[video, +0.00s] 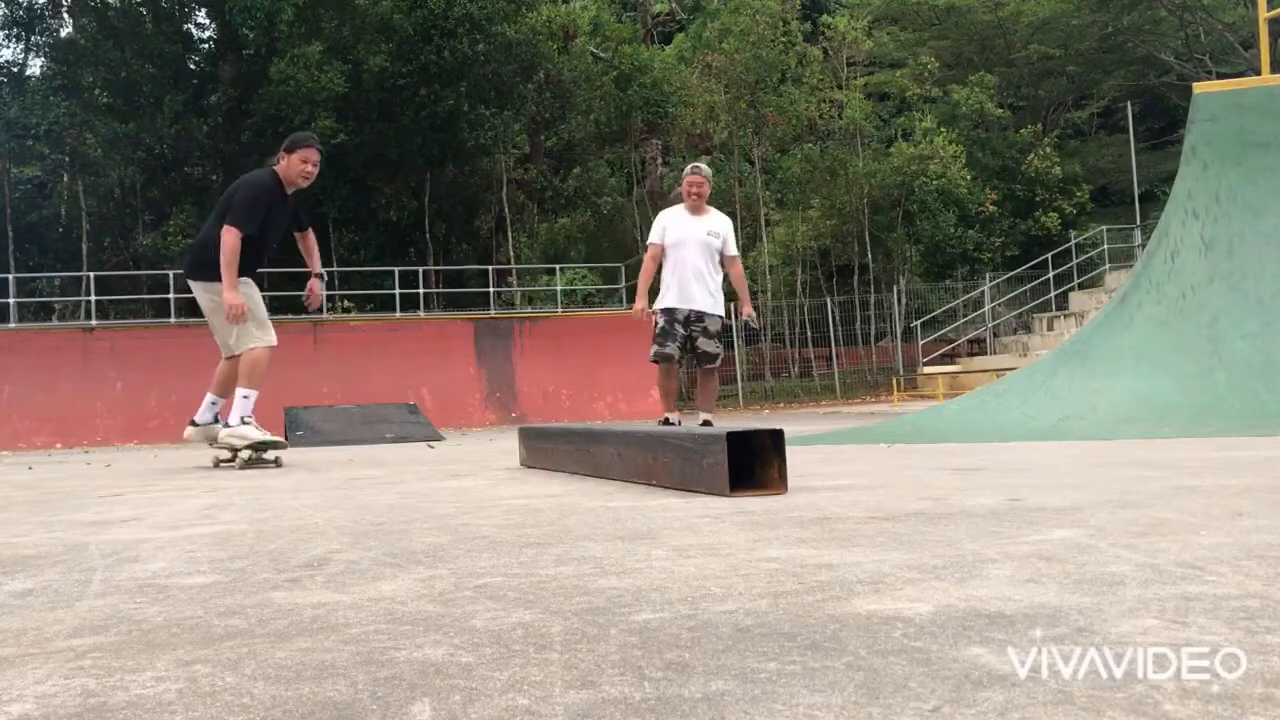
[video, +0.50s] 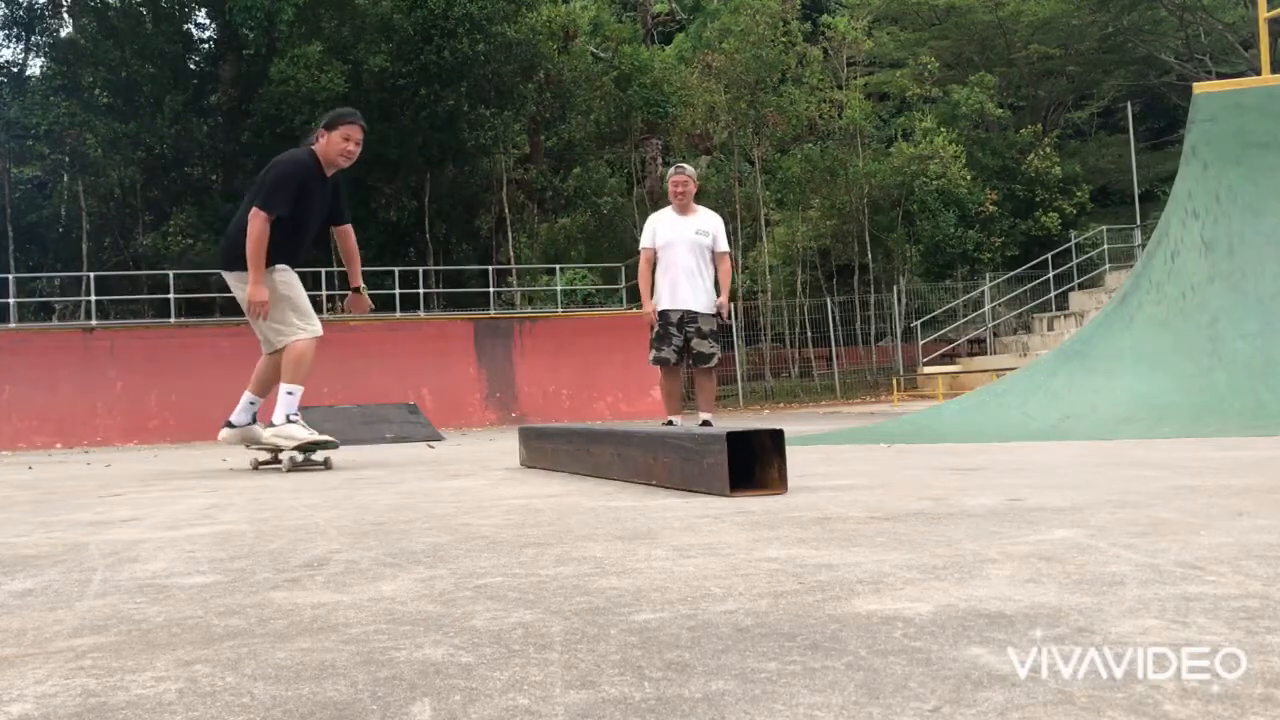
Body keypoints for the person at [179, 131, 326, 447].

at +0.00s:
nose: (310, 170)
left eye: (315, 164)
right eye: (304, 161)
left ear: (318, 168)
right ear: (282, 159)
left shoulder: (289, 199)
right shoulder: (258, 185)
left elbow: (305, 235)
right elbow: (230, 233)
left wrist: (316, 274)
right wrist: (230, 290)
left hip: (211, 272)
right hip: (220, 272)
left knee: (238, 351)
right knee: (261, 342)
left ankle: (204, 420)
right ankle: (239, 422)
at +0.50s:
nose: (352, 148)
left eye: (358, 144)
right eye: (346, 139)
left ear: (360, 149)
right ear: (322, 136)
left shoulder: (330, 181)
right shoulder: (293, 165)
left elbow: (344, 232)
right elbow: (258, 217)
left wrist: (357, 286)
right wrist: (256, 282)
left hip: (255, 263)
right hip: (261, 263)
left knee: (282, 345)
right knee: (306, 333)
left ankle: (240, 422)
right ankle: (285, 419)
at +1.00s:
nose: (404, 135)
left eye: (411, 129)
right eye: (398, 124)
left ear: (414, 134)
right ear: (371, 120)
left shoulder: (373, 168)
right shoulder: (341, 154)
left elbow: (370, 231)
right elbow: (311, 221)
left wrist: (361, 289)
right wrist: (307, 290)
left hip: (290, 254)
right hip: (297, 253)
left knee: (330, 344)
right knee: (357, 327)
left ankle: (278, 421)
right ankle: (327, 419)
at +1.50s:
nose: (468, 131)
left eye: (474, 124)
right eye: (462, 119)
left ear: (475, 128)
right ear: (434, 109)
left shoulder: (422, 157)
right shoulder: (405, 143)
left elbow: (415, 230)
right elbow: (371, 212)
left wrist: (417, 290)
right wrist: (369, 288)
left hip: (323, 243)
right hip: (331, 239)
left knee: (384, 336)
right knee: (413, 313)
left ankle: (323, 420)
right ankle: (374, 417)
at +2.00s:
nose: (508, 77)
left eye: (512, 69)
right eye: (502, 66)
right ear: (472, 54)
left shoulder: (449, 101)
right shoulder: (455, 82)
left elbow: (505, 121)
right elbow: (522, 86)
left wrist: (557, 84)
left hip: (374, 226)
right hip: (409, 217)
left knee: (451, 324)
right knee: (485, 303)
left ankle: (382, 409)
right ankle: (451, 409)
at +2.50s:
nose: (630, 76)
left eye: (637, 69)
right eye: (632, 62)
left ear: (601, 37)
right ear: (608, 38)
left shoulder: (558, 56)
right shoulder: (578, 58)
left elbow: (577, 117)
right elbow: (626, 124)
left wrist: (602, 153)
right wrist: (703, 169)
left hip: (432, 160)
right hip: (468, 151)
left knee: (529, 260)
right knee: (569, 234)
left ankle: (514, 387)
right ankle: (581, 367)